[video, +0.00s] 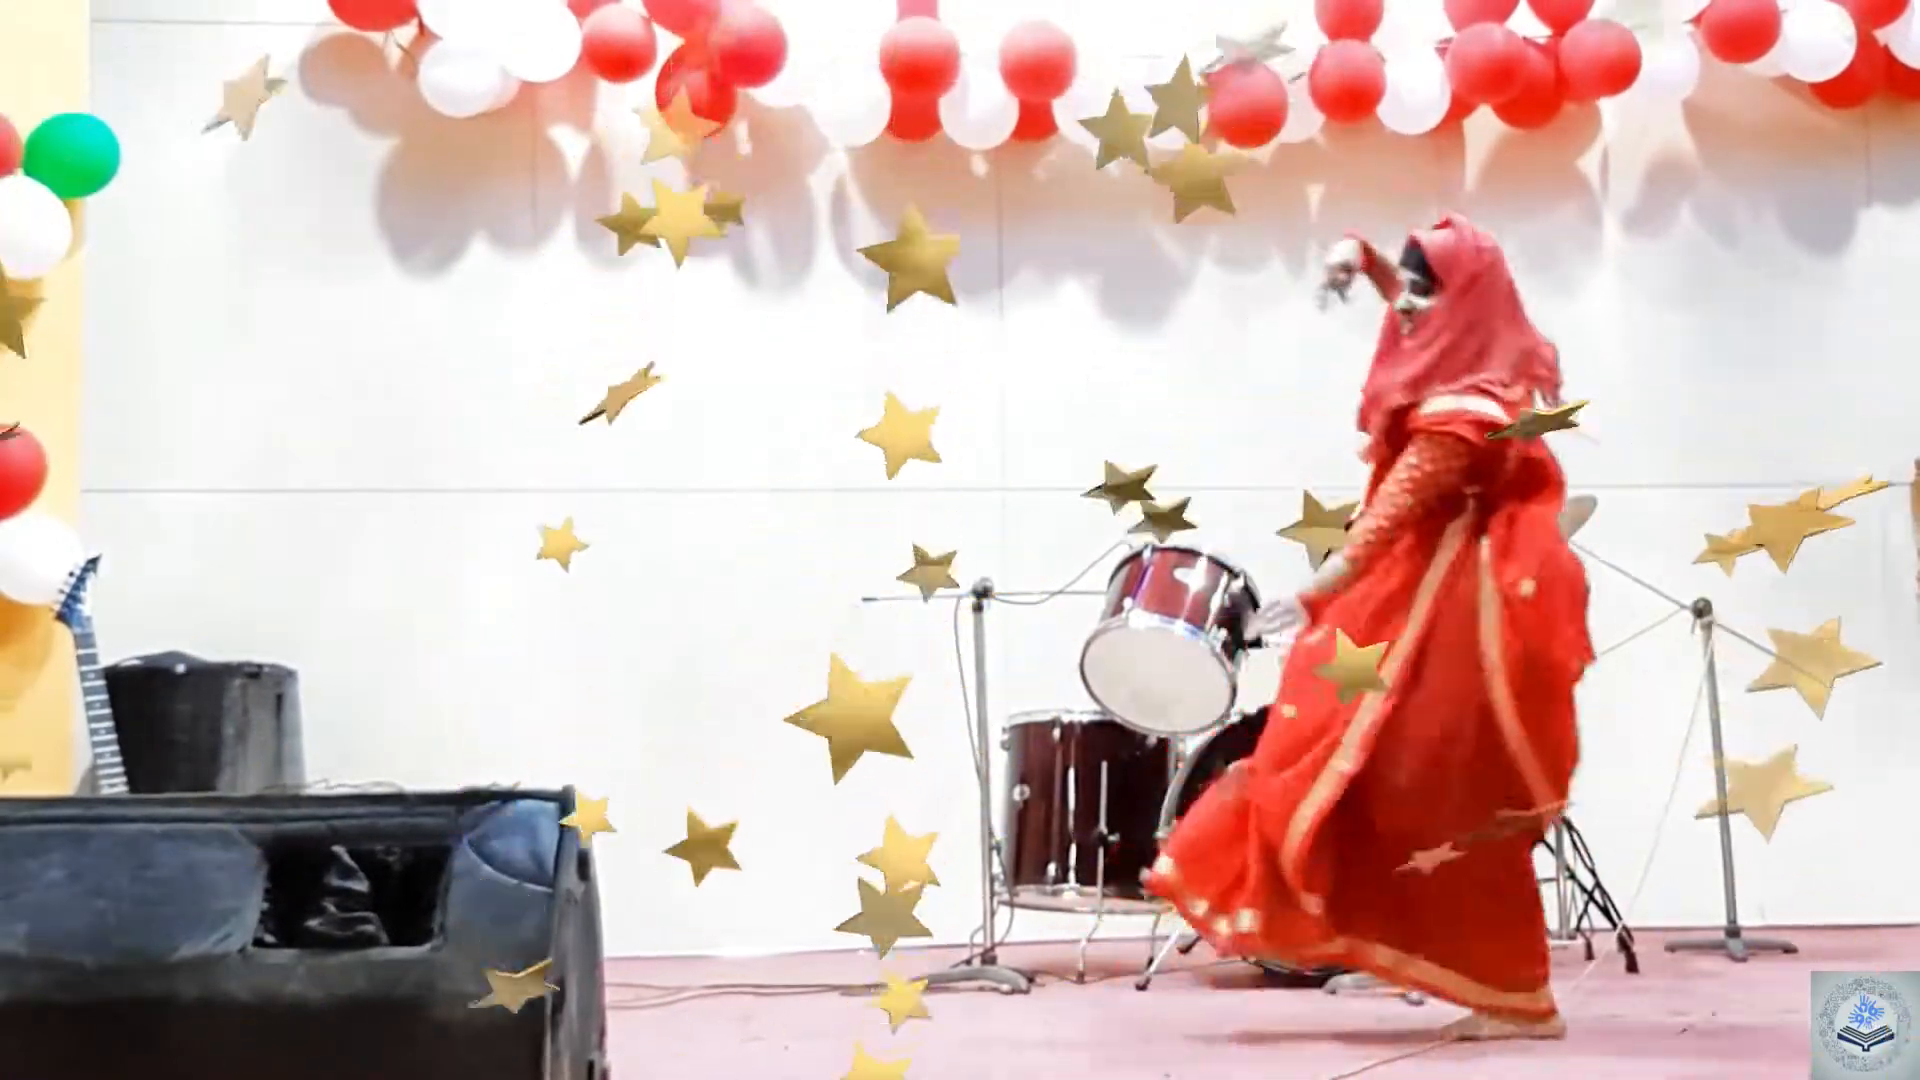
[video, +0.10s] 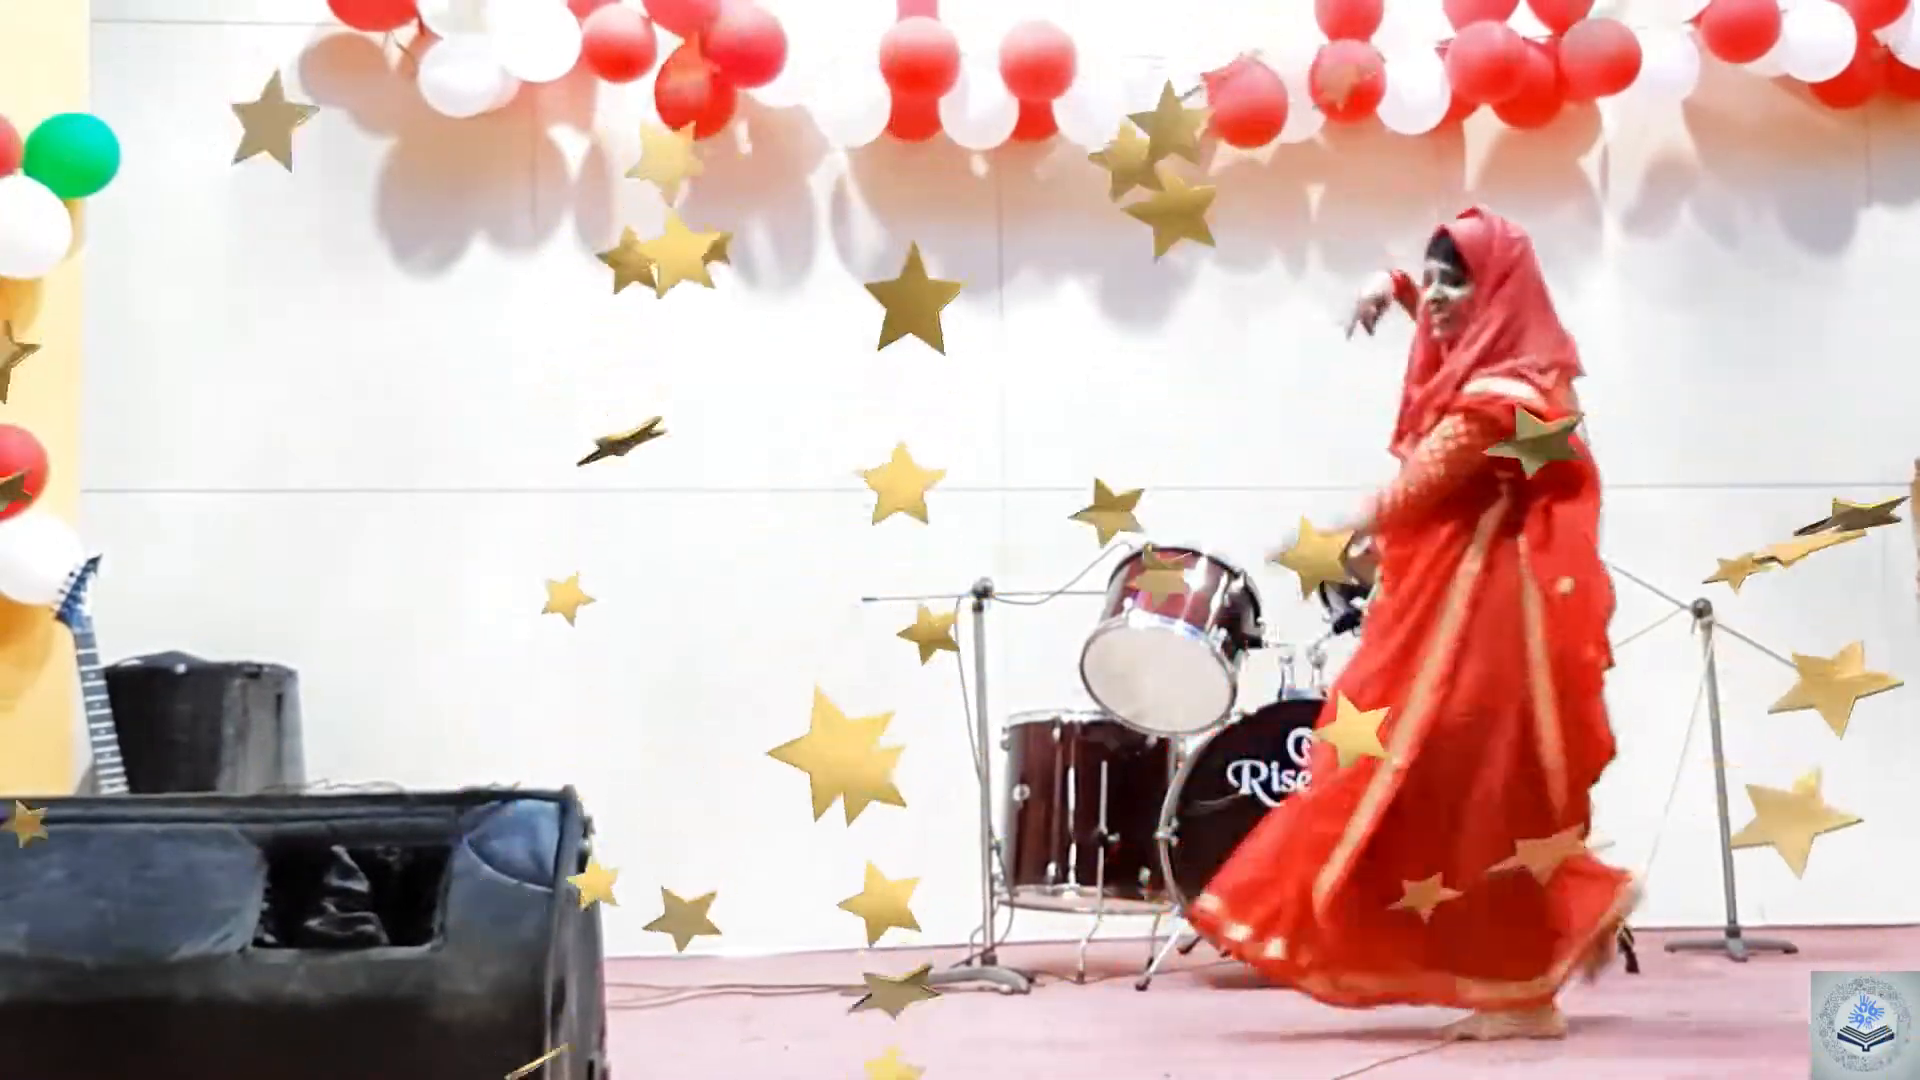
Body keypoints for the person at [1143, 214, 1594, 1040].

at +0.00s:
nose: (1405, 302)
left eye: (1421, 288)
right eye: (1405, 285)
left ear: (1459, 306)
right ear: (1462, 308)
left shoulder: (1461, 420)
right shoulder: (1456, 391)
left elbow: (1383, 527)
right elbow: (1420, 314)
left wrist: (1301, 598)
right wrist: (1374, 265)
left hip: (1476, 642)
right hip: (1471, 637)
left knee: (1468, 813)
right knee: (1471, 813)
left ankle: (1518, 996)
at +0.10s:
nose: (1435, 300)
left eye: (1451, 284)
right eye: (1430, 285)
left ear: (1494, 292)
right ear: (1432, 292)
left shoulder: (1505, 394)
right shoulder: (1478, 366)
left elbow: (1426, 480)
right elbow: (1440, 289)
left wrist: (1341, 533)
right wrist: (1386, 291)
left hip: (1504, 622)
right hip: (1474, 617)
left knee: (1486, 796)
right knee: (1478, 796)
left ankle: (1519, 996)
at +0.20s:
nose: (1460, 294)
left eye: (1477, 280)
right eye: (1453, 280)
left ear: (1521, 287)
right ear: (1446, 288)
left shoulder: (1541, 374)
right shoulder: (1481, 365)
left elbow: (1466, 430)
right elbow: (1446, 376)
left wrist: (1344, 446)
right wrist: (1394, 381)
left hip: (1524, 627)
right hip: (1478, 625)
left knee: (1505, 795)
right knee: (1493, 794)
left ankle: (1527, 991)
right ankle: (1664, 941)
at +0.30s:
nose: (1480, 331)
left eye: (1498, 318)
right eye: (1474, 318)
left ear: (1543, 325)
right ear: (1467, 328)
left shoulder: (1566, 405)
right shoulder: (1496, 411)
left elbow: (1477, 428)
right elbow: (1491, 535)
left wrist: (1368, 381)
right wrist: (1431, 511)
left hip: (1547, 644)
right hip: (1512, 641)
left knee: (1467, 795)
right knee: (1598, 798)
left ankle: (1520, 983)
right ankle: (1686, 967)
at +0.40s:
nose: (1495, 361)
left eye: (1511, 345)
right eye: (1487, 347)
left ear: (1556, 346)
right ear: (1479, 354)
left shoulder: (1583, 426)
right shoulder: (1501, 446)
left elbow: (1494, 440)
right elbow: (1496, 573)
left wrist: (1397, 386)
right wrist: (1410, 559)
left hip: (1569, 665)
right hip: (1513, 662)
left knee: (1463, 801)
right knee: (1588, 817)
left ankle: (1506, 983)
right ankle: (1685, 969)